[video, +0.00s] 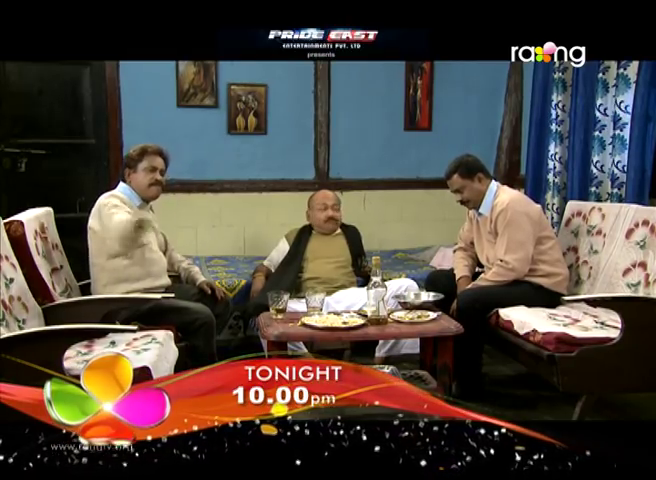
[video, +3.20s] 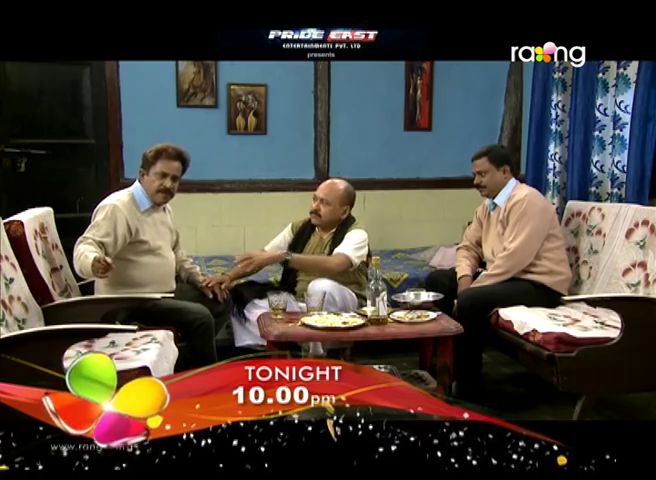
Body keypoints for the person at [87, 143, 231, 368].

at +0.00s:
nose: (159, 178)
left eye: (162, 173)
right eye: (151, 171)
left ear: (164, 178)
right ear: (129, 175)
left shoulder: (144, 210)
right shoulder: (110, 203)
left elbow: (170, 256)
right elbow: (121, 240)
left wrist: (199, 280)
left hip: (157, 293)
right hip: (126, 301)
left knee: (218, 302)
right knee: (201, 317)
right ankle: (203, 383)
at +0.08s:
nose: (160, 177)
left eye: (163, 173)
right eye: (152, 170)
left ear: (166, 177)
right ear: (131, 175)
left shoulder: (146, 211)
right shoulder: (112, 202)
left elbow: (168, 255)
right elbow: (112, 226)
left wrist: (199, 280)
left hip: (159, 293)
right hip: (126, 302)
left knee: (218, 302)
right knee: (201, 318)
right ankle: (204, 382)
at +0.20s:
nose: (159, 182)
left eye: (164, 177)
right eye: (152, 174)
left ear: (168, 181)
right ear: (132, 175)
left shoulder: (151, 213)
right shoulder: (108, 206)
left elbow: (172, 256)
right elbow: (86, 237)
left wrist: (200, 280)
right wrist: (62, 235)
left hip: (161, 295)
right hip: (127, 304)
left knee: (219, 303)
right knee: (199, 318)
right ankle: (203, 383)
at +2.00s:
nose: (171, 186)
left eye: (177, 181)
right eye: (164, 178)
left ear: (182, 185)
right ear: (146, 176)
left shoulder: (166, 212)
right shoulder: (118, 207)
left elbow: (176, 256)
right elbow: (87, 245)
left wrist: (200, 279)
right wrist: (86, 262)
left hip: (164, 298)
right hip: (128, 305)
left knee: (218, 301)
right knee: (199, 318)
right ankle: (205, 384)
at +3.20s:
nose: (168, 184)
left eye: (175, 179)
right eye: (162, 176)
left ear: (179, 183)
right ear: (143, 175)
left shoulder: (164, 210)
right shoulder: (117, 207)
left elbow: (177, 256)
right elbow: (85, 248)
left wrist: (201, 279)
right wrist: (94, 262)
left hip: (164, 295)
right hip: (128, 304)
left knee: (218, 302)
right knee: (200, 318)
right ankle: (206, 385)